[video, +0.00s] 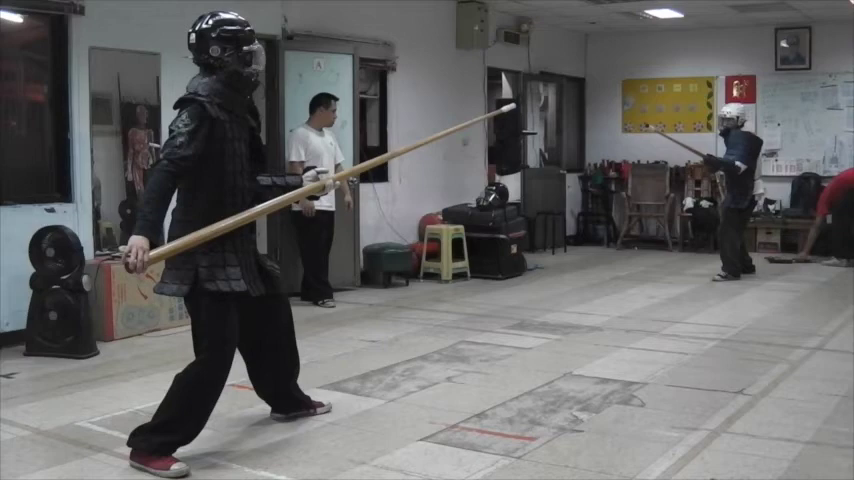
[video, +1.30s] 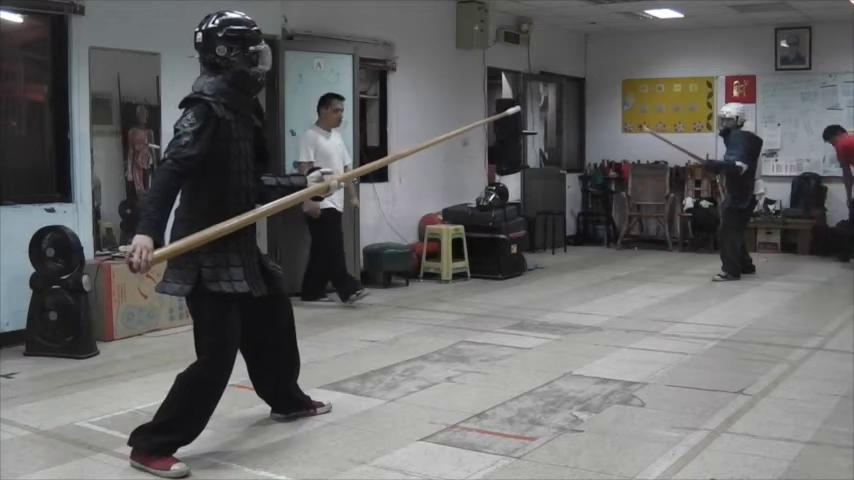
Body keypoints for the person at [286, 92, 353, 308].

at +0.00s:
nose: (335, 115)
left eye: (335, 111)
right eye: (332, 111)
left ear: (322, 112)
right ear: (319, 111)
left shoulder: (329, 136)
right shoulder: (300, 134)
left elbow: (338, 168)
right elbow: (294, 170)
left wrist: (346, 191)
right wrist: (302, 197)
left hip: (327, 203)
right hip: (308, 204)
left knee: (322, 250)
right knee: (313, 250)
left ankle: (312, 290)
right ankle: (321, 293)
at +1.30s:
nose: (341, 115)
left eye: (342, 111)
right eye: (337, 111)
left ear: (339, 112)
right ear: (323, 111)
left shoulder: (337, 137)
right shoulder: (310, 136)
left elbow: (345, 168)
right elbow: (304, 170)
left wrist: (353, 195)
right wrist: (307, 198)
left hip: (335, 201)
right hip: (319, 202)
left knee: (322, 249)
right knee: (333, 247)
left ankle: (311, 291)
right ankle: (347, 289)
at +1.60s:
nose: (362, 121)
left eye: (364, 117)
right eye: (358, 116)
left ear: (362, 119)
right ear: (344, 117)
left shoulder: (356, 141)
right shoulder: (331, 142)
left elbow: (367, 169)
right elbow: (327, 178)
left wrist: (384, 190)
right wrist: (323, 210)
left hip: (352, 207)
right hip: (338, 207)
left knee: (330, 252)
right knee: (355, 252)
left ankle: (312, 291)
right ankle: (369, 298)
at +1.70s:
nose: (373, 123)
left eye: (374, 119)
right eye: (369, 118)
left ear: (361, 120)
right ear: (355, 118)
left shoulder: (365, 142)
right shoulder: (343, 143)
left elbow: (383, 166)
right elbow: (339, 182)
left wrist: (406, 181)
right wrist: (339, 216)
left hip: (354, 207)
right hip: (344, 209)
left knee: (336, 254)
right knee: (362, 250)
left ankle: (315, 288)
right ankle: (371, 298)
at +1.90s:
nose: (382, 128)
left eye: (383, 123)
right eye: (379, 123)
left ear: (372, 124)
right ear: (365, 122)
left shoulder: (373, 143)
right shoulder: (355, 145)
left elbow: (397, 154)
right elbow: (365, 183)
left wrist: (404, 133)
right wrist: (381, 215)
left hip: (352, 205)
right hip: (346, 206)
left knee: (340, 252)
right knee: (369, 248)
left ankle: (323, 288)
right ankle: (372, 298)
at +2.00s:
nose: (383, 129)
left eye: (383, 125)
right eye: (379, 124)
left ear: (372, 124)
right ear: (364, 123)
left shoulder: (375, 144)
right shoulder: (352, 145)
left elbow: (396, 161)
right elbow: (378, 171)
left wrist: (404, 152)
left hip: (359, 206)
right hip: (345, 206)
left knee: (340, 250)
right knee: (370, 245)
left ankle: (323, 287)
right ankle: (371, 298)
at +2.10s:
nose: (381, 130)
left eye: (382, 126)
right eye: (377, 125)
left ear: (368, 127)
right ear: (362, 124)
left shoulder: (371, 150)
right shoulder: (351, 145)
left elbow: (389, 165)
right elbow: (381, 148)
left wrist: (405, 178)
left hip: (356, 208)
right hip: (345, 208)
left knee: (338, 251)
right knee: (371, 246)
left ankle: (322, 288)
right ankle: (372, 299)